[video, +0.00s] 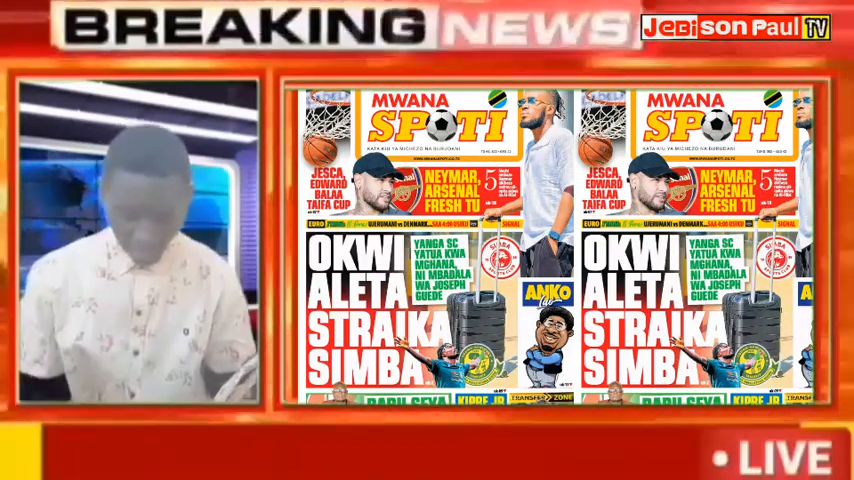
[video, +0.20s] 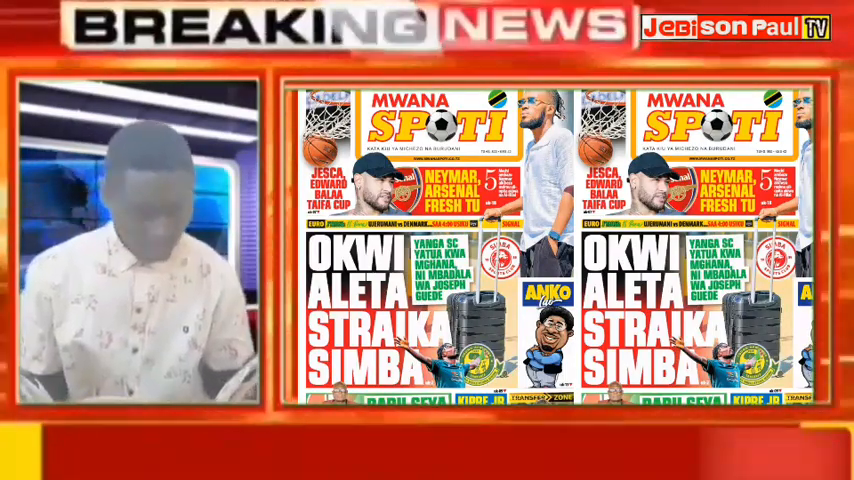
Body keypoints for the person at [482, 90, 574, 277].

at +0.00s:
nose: (523, 107)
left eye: (531, 101)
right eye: (522, 103)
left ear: (549, 110)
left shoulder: (563, 138)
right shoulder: (531, 147)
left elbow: (571, 192)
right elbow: (532, 196)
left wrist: (553, 238)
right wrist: (502, 211)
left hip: (552, 242)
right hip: (530, 243)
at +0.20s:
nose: (523, 107)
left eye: (531, 101)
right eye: (522, 103)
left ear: (549, 110)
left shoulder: (563, 138)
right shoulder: (531, 147)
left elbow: (571, 192)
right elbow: (532, 196)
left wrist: (553, 238)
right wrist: (502, 211)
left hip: (552, 242)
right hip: (530, 243)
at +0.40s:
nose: (523, 107)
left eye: (531, 101)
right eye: (522, 103)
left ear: (549, 110)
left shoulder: (563, 138)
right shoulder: (531, 147)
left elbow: (571, 192)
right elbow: (532, 196)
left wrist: (553, 238)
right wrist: (502, 211)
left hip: (552, 242)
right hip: (530, 243)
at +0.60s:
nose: (523, 107)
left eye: (531, 101)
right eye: (522, 103)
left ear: (549, 110)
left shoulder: (563, 138)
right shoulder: (531, 147)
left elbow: (571, 192)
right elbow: (532, 196)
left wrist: (553, 238)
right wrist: (502, 211)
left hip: (552, 242)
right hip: (530, 243)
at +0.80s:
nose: (523, 107)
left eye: (531, 101)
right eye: (522, 103)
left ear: (549, 110)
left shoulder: (563, 138)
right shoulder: (531, 147)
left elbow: (571, 192)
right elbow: (532, 196)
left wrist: (553, 238)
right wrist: (502, 211)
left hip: (552, 242)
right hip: (530, 243)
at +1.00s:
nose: (523, 107)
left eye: (531, 101)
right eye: (522, 103)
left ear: (549, 110)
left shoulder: (563, 138)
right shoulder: (531, 147)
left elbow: (571, 192)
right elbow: (532, 196)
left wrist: (553, 238)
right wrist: (502, 211)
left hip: (552, 242)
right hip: (530, 243)